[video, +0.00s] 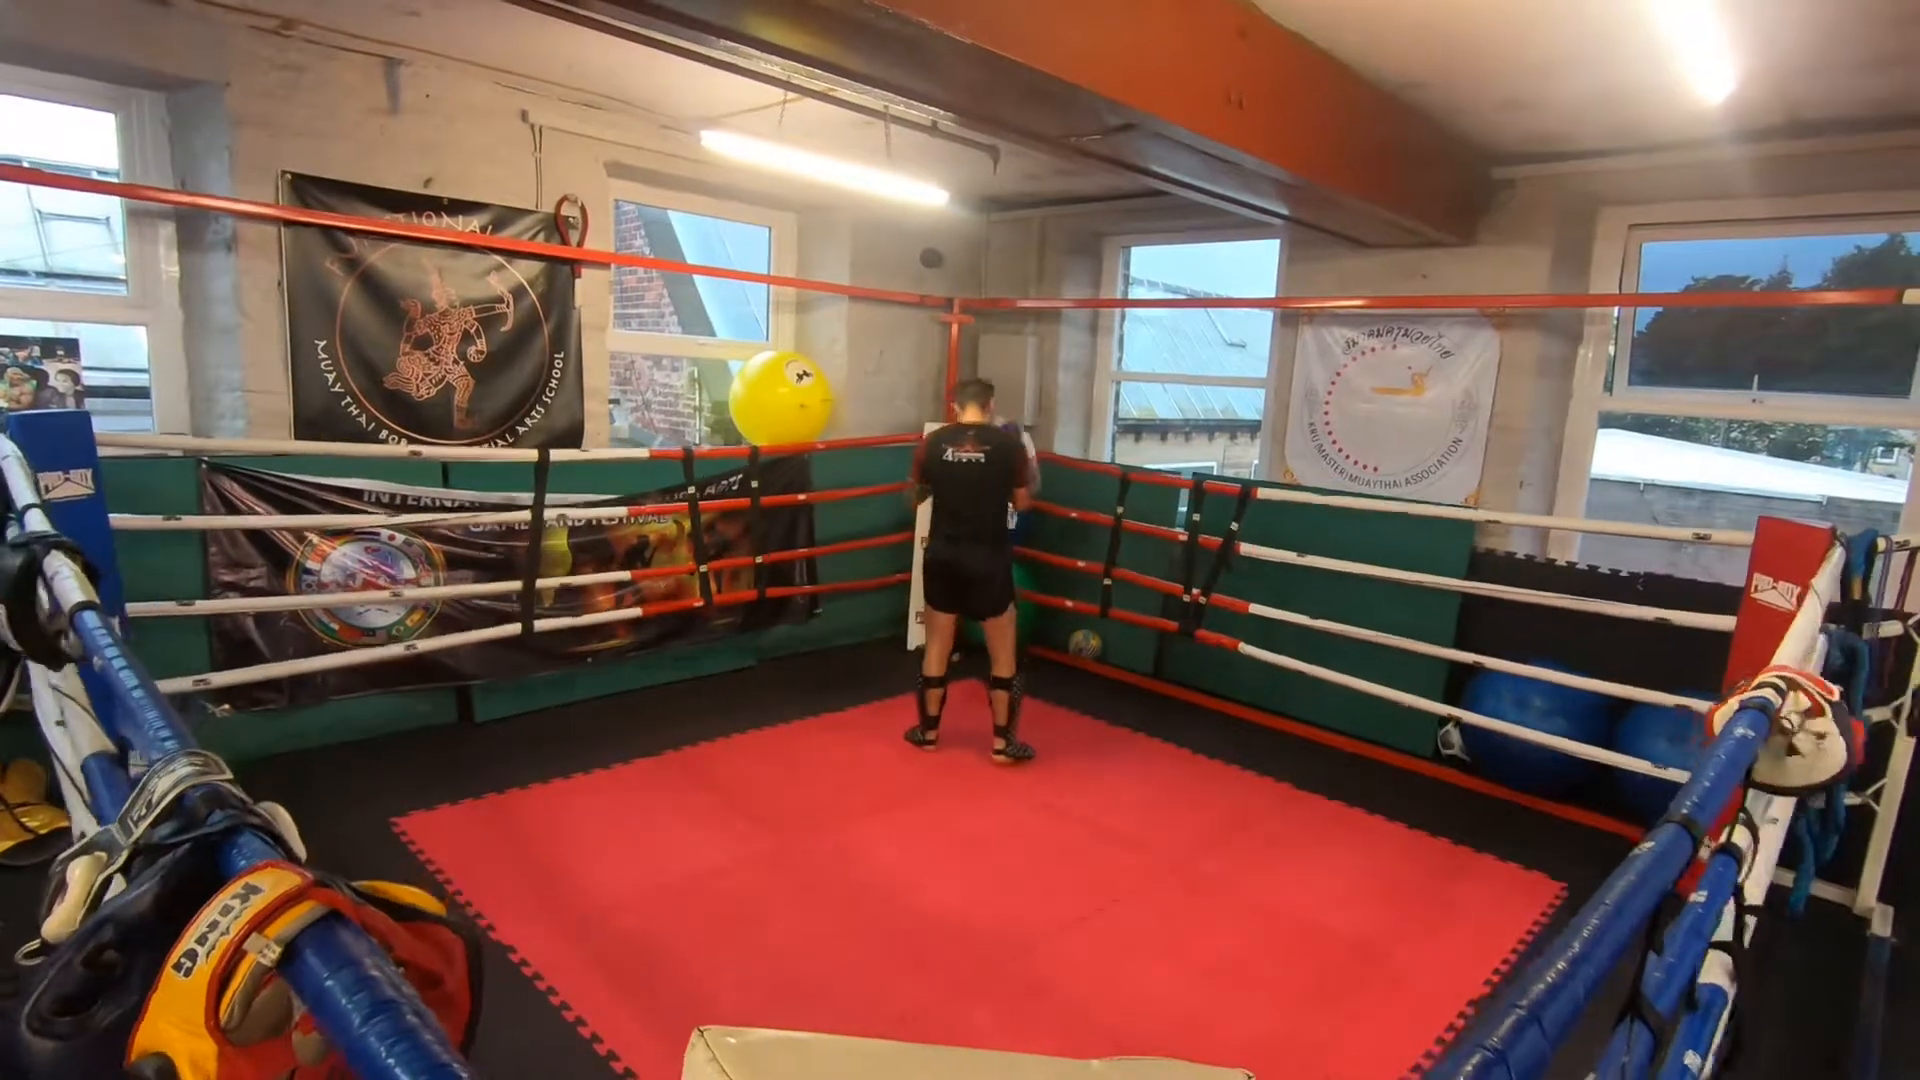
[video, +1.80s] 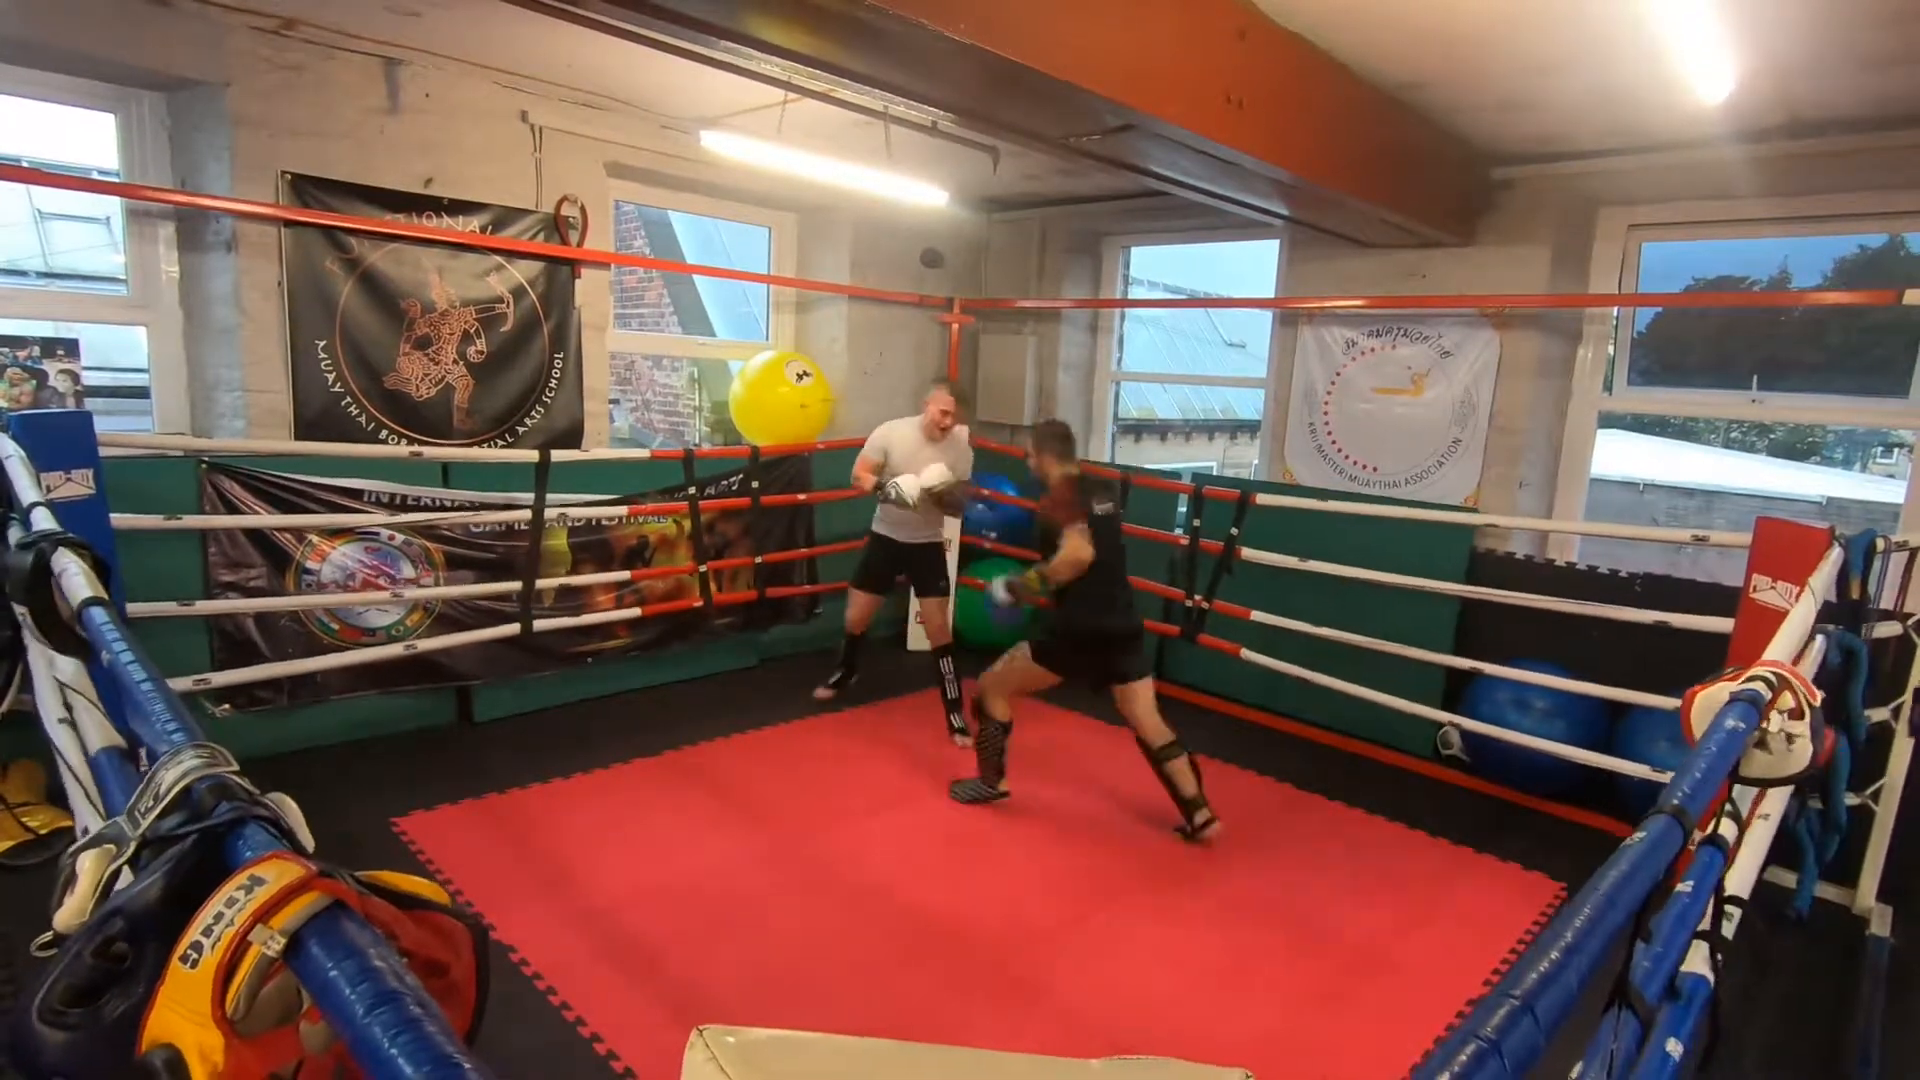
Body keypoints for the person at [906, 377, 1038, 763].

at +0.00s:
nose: (980, 414)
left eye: (961, 408)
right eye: (987, 407)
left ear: (953, 408)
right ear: (990, 408)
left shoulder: (931, 444)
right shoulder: (1010, 445)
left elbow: (917, 494)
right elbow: (1023, 502)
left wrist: (946, 467)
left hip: (942, 562)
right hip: (990, 564)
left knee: (937, 646)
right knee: (1002, 655)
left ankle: (929, 730)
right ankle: (1002, 742)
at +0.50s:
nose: (1042, 425)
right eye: (1042, 421)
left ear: (1003, 415)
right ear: (1040, 421)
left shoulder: (981, 443)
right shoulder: (1055, 456)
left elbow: (965, 466)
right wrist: (1036, 432)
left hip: (976, 564)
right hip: (1020, 570)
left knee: (969, 648)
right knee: (1014, 665)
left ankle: (962, 728)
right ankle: (1006, 755)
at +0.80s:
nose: (1069, 438)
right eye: (1071, 432)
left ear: (1035, 425)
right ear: (1071, 434)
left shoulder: (1003, 457)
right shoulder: (1079, 476)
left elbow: (978, 496)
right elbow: (1070, 509)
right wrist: (1054, 459)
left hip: (993, 580)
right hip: (1040, 589)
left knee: (977, 655)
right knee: (1060, 684)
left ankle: (965, 730)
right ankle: (1055, 768)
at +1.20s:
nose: (1071, 423)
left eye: (1071, 417)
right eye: (1080, 419)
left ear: (1073, 417)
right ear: (1109, 420)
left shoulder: (1047, 454)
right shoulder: (1126, 469)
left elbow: (998, 500)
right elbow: (1087, 498)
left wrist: (996, 463)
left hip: (1037, 587)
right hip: (1088, 595)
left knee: (1006, 663)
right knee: (1071, 684)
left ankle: (1009, 759)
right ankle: (1057, 779)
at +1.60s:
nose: (1058, 429)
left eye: (1058, 422)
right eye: (1060, 423)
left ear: (1066, 421)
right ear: (1099, 419)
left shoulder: (1056, 460)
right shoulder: (1129, 464)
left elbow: (1025, 528)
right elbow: (1103, 519)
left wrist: (1003, 511)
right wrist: (1038, 505)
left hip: (1062, 595)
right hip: (1109, 596)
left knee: (1047, 697)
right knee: (1102, 682)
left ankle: (1054, 801)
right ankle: (1118, 780)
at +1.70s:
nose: (1059, 441)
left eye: (1058, 436)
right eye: (1060, 436)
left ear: (1067, 432)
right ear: (1098, 430)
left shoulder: (1066, 470)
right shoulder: (1125, 472)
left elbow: (1042, 540)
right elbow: (1097, 521)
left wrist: (1000, 531)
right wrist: (1056, 478)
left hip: (1070, 607)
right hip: (1118, 607)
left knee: (1011, 688)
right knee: (1126, 700)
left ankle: (1032, 787)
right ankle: (1180, 791)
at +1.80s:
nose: (1031, 463)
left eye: (1032, 456)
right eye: (1032, 456)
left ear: (1040, 457)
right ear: (1070, 452)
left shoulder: (1063, 492)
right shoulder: (1100, 490)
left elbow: (1078, 552)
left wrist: (1027, 582)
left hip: (1079, 632)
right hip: (1123, 630)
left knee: (994, 684)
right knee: (1146, 716)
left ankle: (990, 779)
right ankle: (1199, 813)